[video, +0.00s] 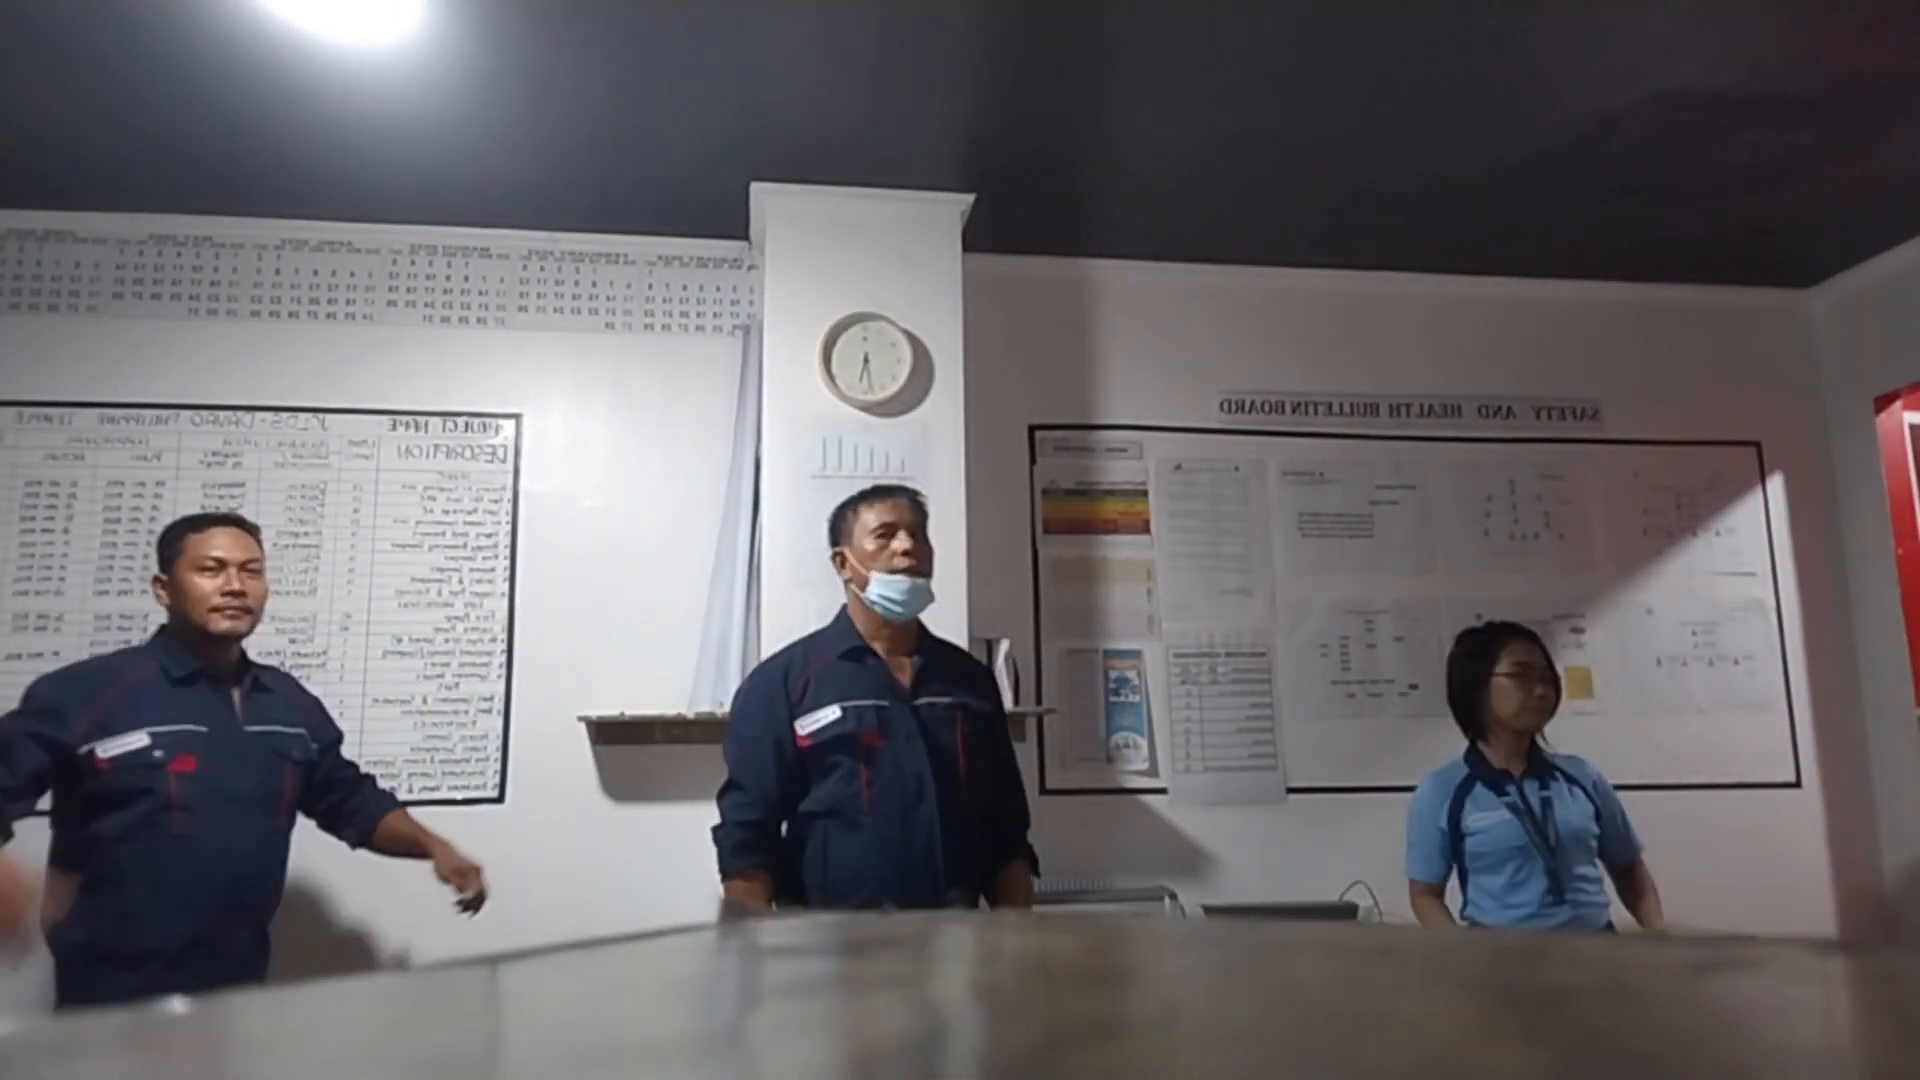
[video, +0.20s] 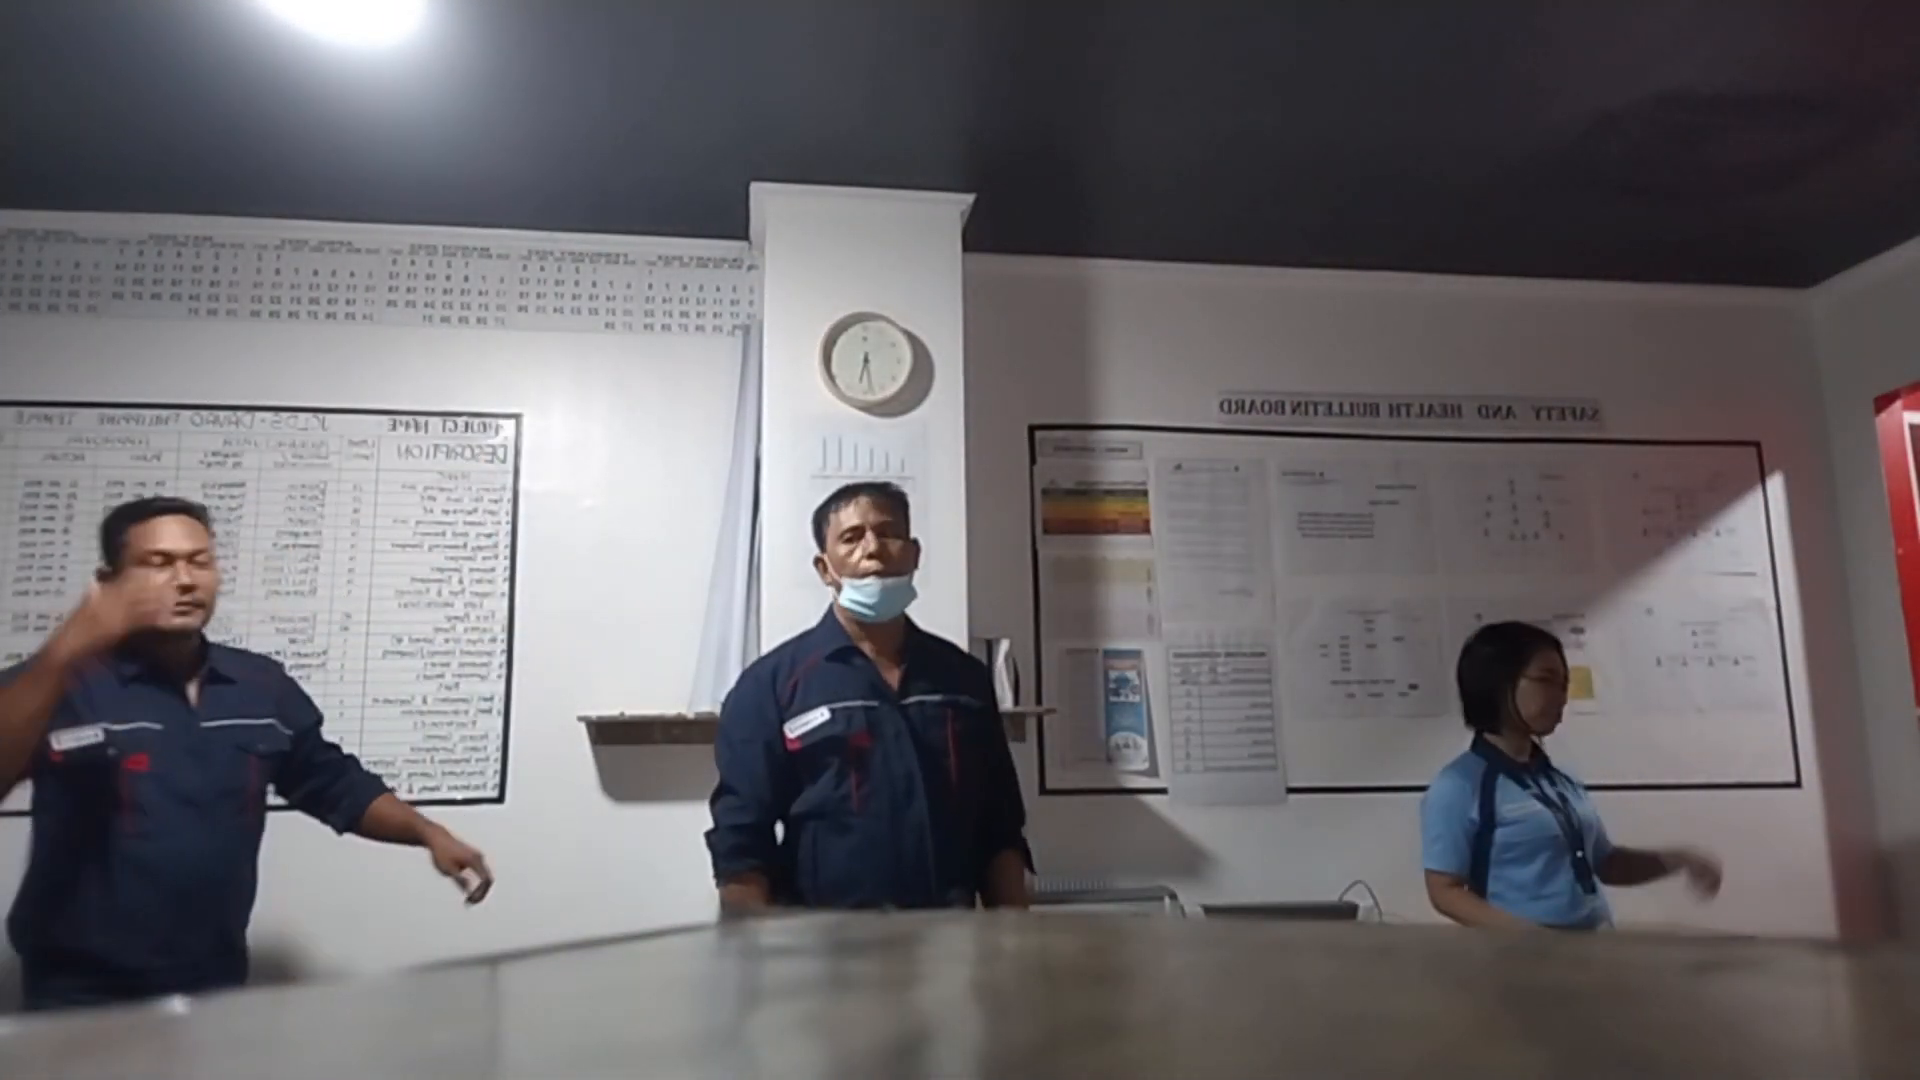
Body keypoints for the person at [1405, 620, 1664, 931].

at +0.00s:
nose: (1540, 688)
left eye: (1547, 676)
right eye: (1521, 675)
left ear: (1557, 687)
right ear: (1476, 686)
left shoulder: (1581, 778)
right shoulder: (1444, 791)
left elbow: (1629, 871)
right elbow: (1425, 897)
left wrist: (1659, 942)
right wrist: (1468, 957)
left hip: (1596, 962)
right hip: (1501, 966)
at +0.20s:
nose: (1563, 694)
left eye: (1564, 682)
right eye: (1548, 679)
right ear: (1503, 684)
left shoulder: (1559, 781)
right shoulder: (1459, 786)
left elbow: (1604, 862)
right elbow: (1445, 892)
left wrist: (1677, 861)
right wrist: (1530, 939)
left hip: (1594, 961)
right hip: (1523, 969)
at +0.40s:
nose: (1572, 705)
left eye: (1574, 691)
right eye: (1561, 688)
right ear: (1521, 686)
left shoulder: (1541, 773)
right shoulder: (1487, 770)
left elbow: (1617, 826)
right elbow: (1482, 882)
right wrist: (1595, 921)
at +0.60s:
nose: (1585, 708)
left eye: (1587, 698)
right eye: (1578, 694)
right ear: (1541, 689)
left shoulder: (1535, 766)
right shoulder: (1517, 770)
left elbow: (1605, 828)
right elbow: (1532, 882)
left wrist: (1613, 742)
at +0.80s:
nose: (1595, 707)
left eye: (1595, 695)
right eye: (1588, 694)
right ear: (1552, 692)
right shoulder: (1532, 773)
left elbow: (1601, 850)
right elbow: (1626, 856)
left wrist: (1609, 766)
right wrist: (1645, 761)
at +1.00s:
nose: (1622, 708)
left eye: (1623, 695)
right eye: (1613, 695)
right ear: (1575, 694)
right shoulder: (1551, 772)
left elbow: (1638, 833)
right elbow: (1662, 838)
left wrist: (1631, 752)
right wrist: (1645, 739)